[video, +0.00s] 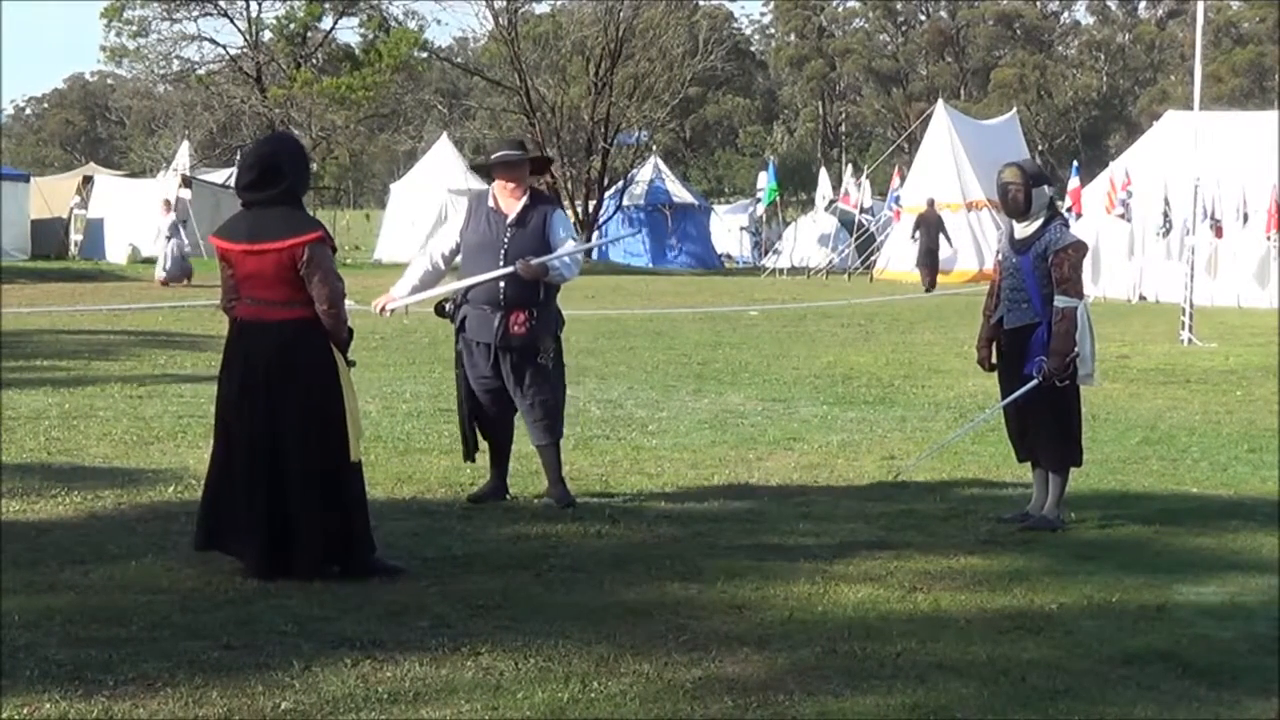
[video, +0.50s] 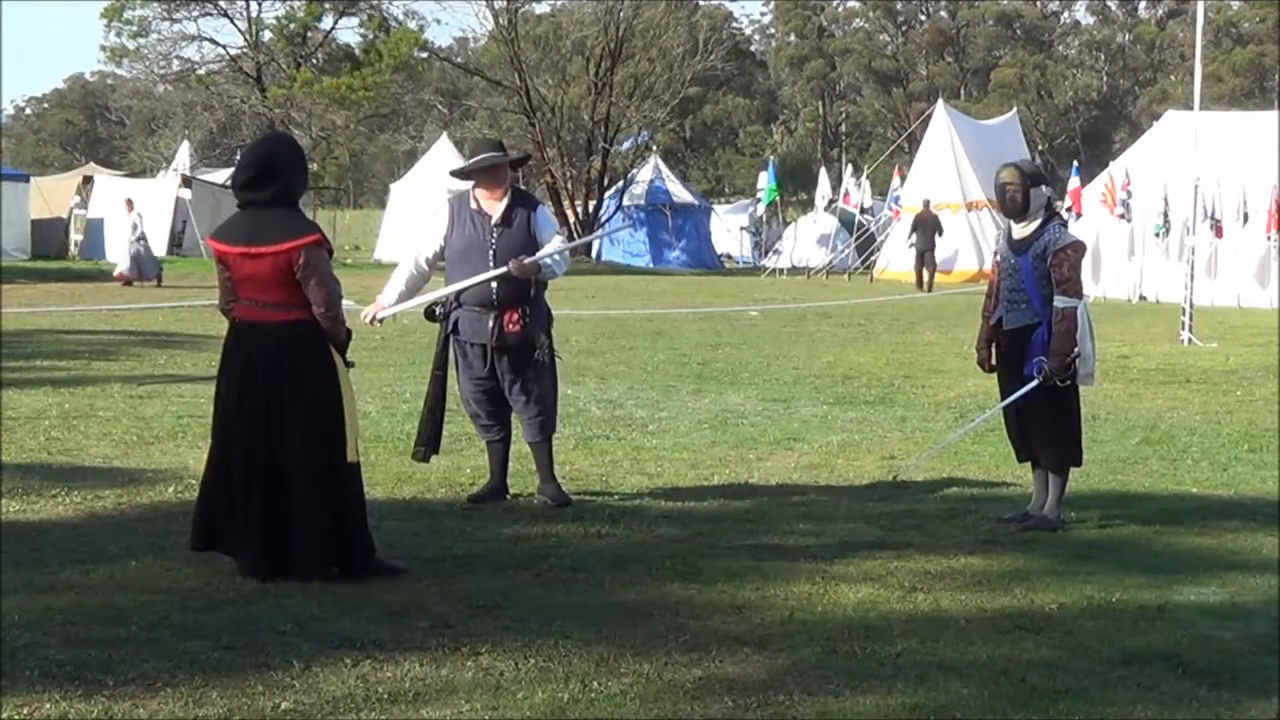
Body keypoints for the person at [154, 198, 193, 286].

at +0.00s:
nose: (163, 209)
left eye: (165, 206)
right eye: (162, 206)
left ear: (169, 207)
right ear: (161, 207)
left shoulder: (173, 217)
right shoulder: (161, 219)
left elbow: (180, 230)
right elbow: (159, 230)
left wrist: (186, 241)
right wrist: (155, 240)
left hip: (174, 241)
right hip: (165, 241)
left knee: (170, 259)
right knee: (163, 258)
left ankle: (165, 277)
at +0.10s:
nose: (158, 207)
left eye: (159, 204)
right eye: (157, 205)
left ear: (163, 205)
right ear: (155, 206)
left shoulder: (168, 215)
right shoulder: (156, 217)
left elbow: (174, 228)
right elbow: (153, 230)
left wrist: (177, 240)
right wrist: (150, 240)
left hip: (167, 240)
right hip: (159, 239)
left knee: (165, 258)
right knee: (159, 258)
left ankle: (164, 278)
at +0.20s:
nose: (147, 206)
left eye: (149, 204)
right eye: (147, 204)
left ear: (153, 204)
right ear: (148, 205)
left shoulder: (159, 213)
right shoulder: (151, 214)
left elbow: (162, 225)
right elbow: (152, 227)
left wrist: (161, 236)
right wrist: (151, 237)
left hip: (160, 238)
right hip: (153, 238)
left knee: (160, 257)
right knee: (149, 255)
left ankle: (164, 277)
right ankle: (150, 273)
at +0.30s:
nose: (141, 208)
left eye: (142, 206)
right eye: (141, 206)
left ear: (147, 205)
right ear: (143, 206)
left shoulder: (153, 214)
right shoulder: (145, 216)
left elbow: (156, 227)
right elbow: (143, 229)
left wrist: (151, 236)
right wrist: (141, 238)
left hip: (154, 240)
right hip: (146, 240)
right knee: (144, 258)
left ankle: (165, 279)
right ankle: (143, 279)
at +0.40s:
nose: (132, 209)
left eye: (133, 207)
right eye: (131, 207)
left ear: (138, 206)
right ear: (131, 207)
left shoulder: (144, 216)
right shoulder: (135, 217)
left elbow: (146, 229)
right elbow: (135, 230)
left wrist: (139, 237)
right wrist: (133, 238)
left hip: (145, 241)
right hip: (137, 240)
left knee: (155, 258)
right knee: (131, 257)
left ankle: (163, 276)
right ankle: (128, 277)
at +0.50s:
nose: (126, 208)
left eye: (127, 206)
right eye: (125, 206)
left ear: (130, 205)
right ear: (126, 206)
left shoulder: (136, 215)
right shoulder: (130, 216)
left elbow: (140, 229)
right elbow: (132, 229)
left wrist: (134, 238)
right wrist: (130, 237)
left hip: (138, 241)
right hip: (132, 241)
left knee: (147, 259)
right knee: (129, 259)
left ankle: (157, 273)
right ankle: (128, 278)